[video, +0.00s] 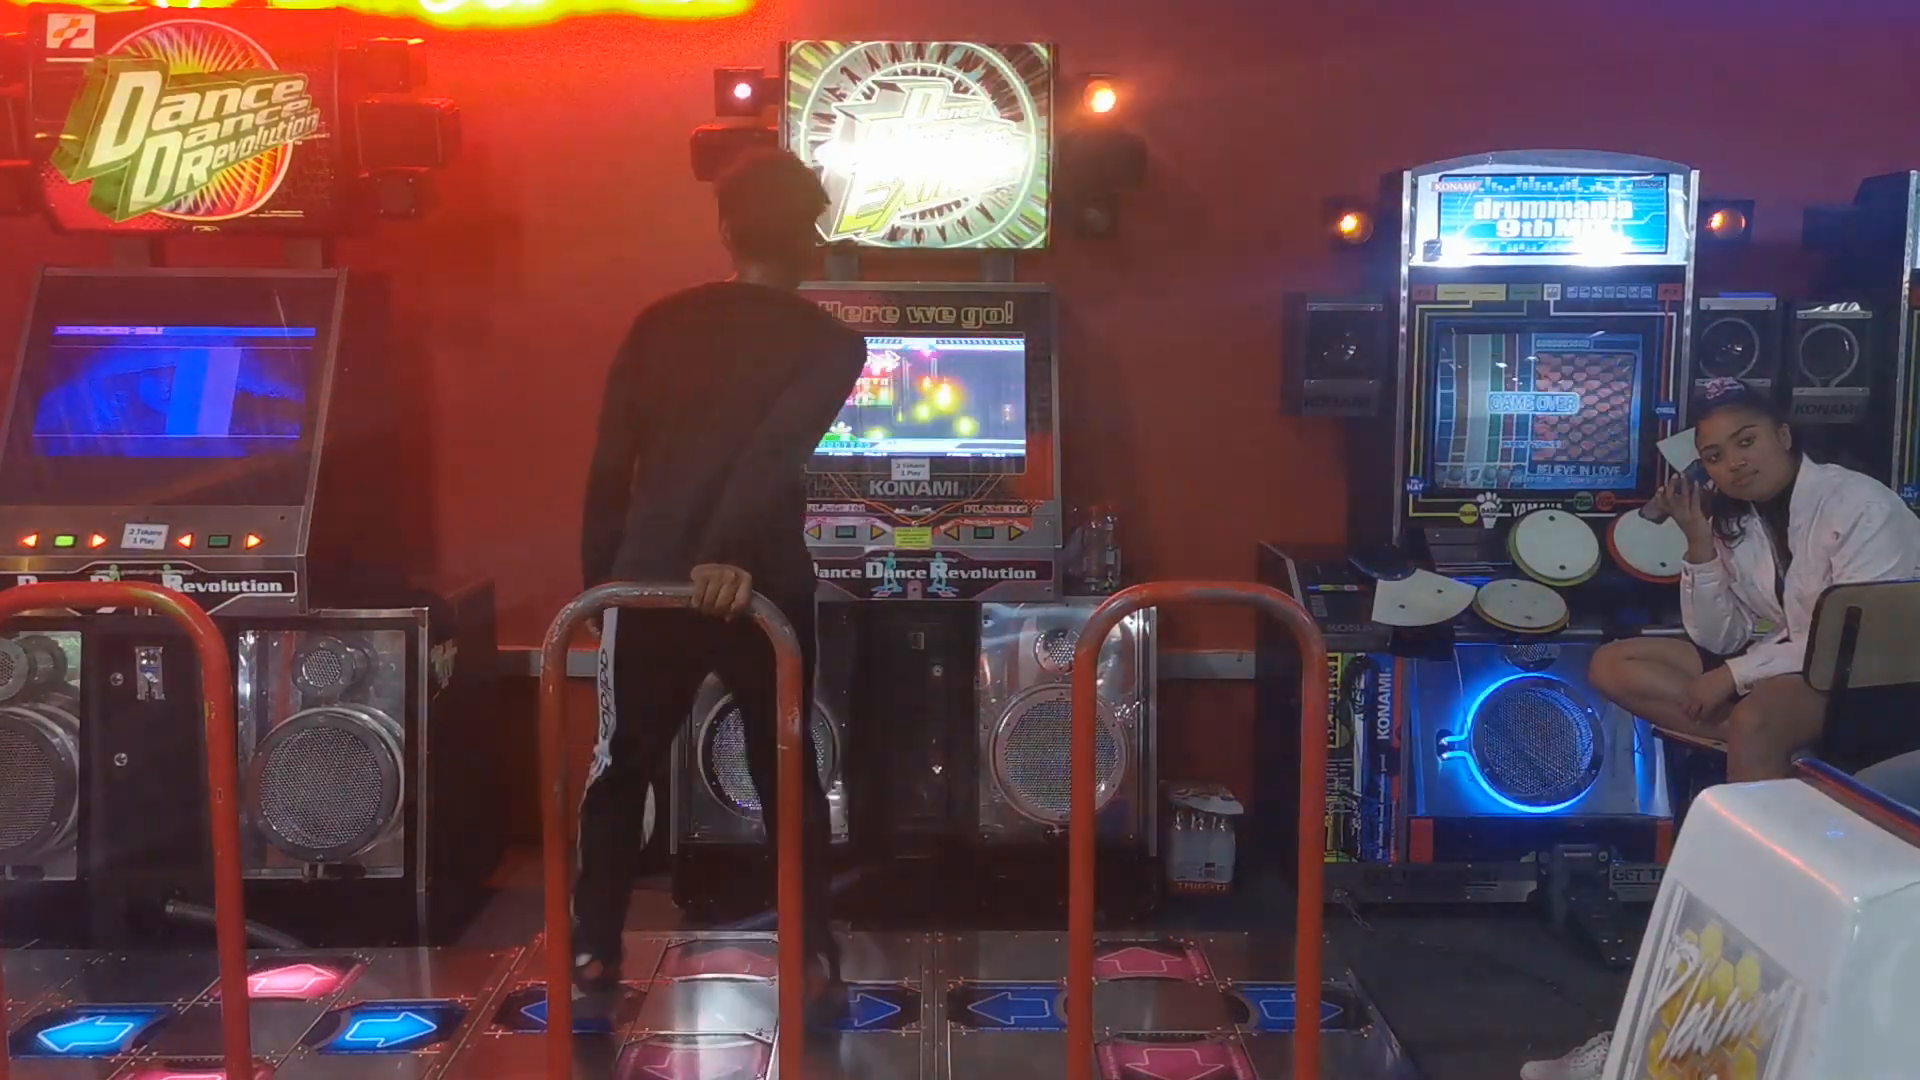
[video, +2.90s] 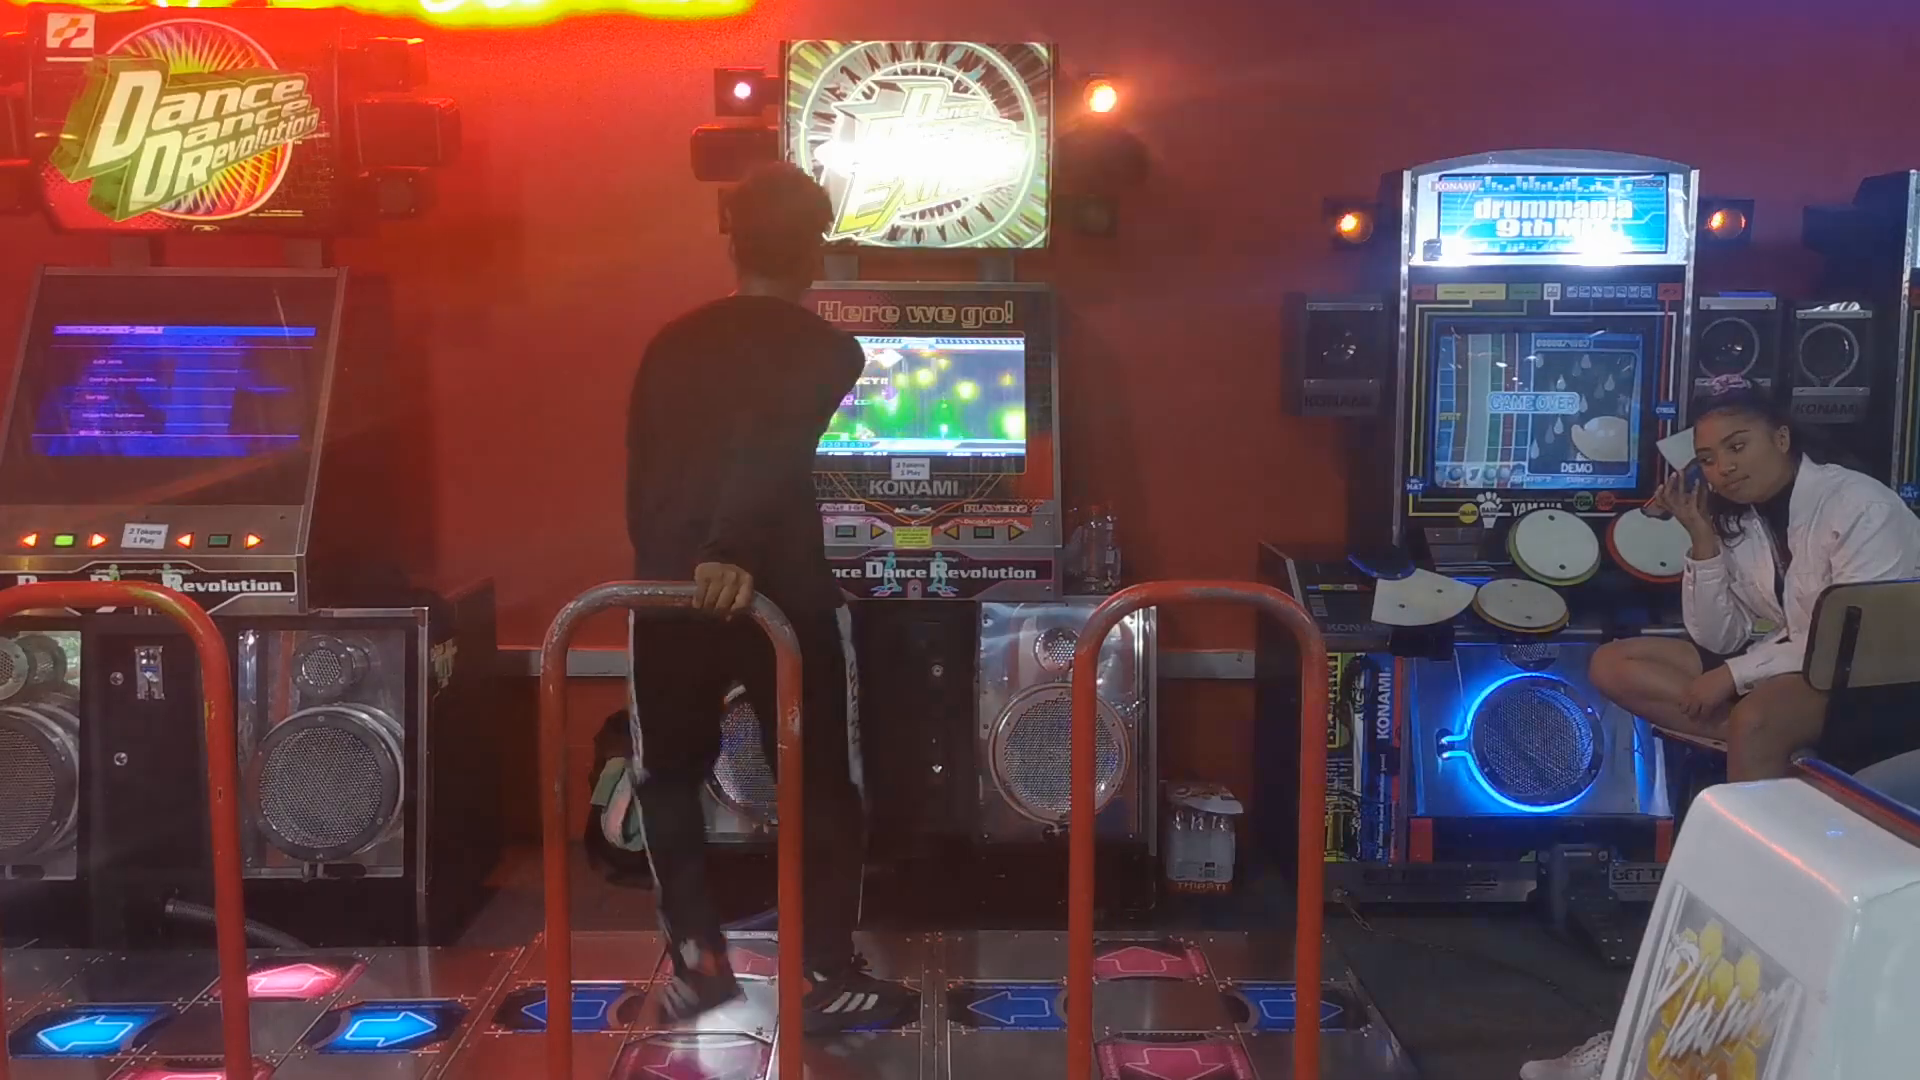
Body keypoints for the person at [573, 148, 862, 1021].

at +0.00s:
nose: (820, 242)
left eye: (811, 227)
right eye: (815, 229)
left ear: (733, 235)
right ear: (805, 237)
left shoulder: (660, 320)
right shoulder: (828, 341)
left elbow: (610, 459)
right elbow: (777, 444)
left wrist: (599, 575)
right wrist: (729, 547)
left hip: (648, 580)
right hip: (758, 582)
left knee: (623, 766)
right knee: (789, 777)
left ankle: (591, 962)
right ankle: (810, 972)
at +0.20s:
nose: (823, 238)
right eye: (821, 225)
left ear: (734, 227)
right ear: (815, 231)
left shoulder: (664, 317)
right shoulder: (831, 335)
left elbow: (618, 448)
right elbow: (781, 442)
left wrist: (616, 561)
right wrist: (731, 546)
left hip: (664, 578)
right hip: (769, 577)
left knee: (666, 777)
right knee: (783, 775)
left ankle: (721, 970)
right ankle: (803, 972)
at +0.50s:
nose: (774, 275)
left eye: (768, 261)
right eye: (780, 261)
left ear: (726, 268)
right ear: (804, 272)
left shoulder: (658, 350)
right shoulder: (821, 362)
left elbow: (605, 483)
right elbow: (771, 459)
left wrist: (646, 566)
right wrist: (732, 550)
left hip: (644, 596)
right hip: (745, 591)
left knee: (593, 749)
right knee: (716, 753)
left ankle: (629, 909)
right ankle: (738, 941)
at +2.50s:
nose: (786, 264)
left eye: (781, 249)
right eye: (785, 250)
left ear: (699, 258)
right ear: (774, 258)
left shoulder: (640, 347)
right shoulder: (764, 338)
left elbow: (602, 496)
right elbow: (711, 435)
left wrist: (614, 602)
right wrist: (717, 547)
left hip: (631, 603)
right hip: (723, 598)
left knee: (643, 786)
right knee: (825, 762)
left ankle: (599, 971)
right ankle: (809, 957)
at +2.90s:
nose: (820, 256)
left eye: (813, 242)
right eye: (819, 243)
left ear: (734, 249)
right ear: (811, 249)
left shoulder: (672, 343)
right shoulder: (822, 344)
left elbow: (642, 480)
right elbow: (773, 438)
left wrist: (668, 568)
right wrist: (734, 544)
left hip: (674, 591)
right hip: (781, 587)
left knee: (670, 769)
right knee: (819, 773)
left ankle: (699, 963)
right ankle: (832, 973)